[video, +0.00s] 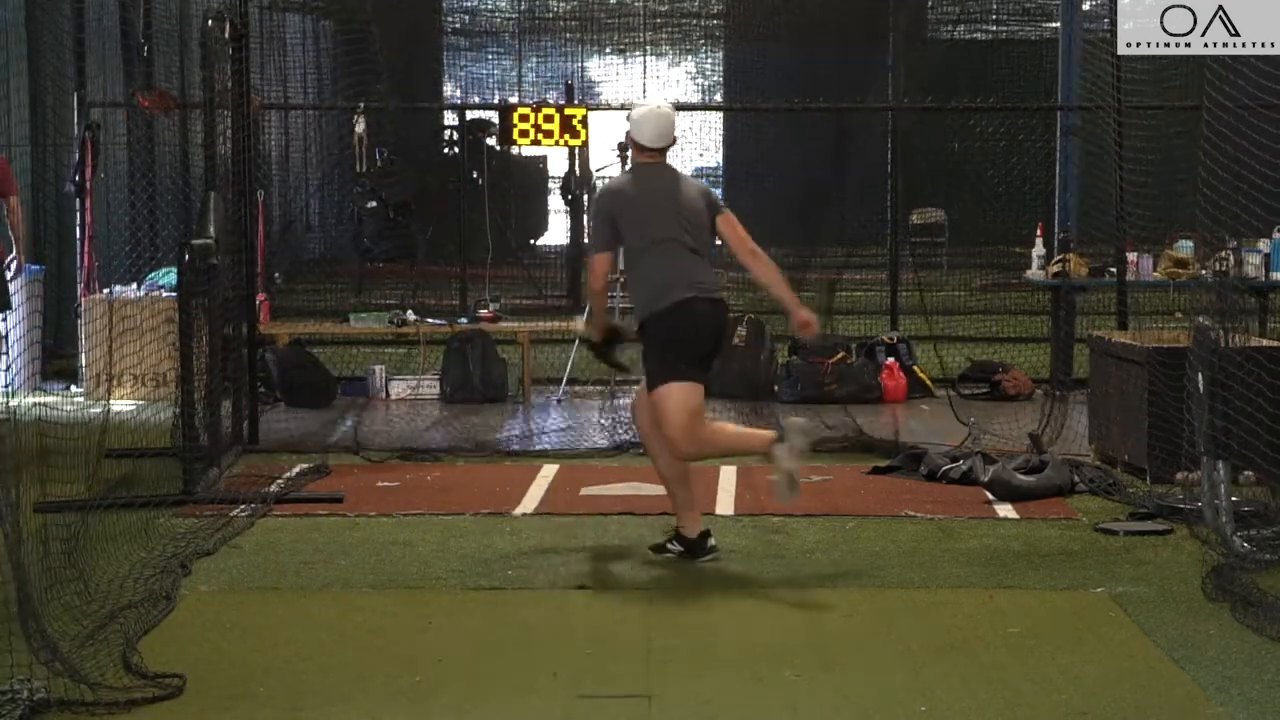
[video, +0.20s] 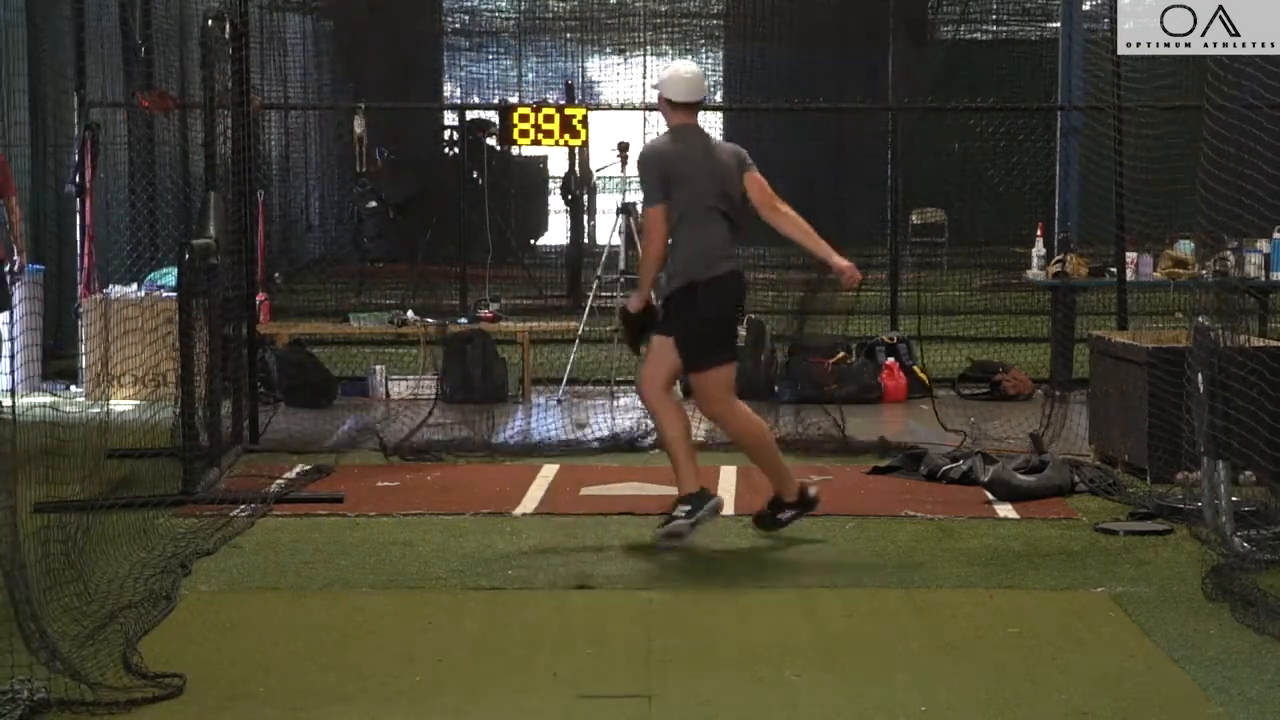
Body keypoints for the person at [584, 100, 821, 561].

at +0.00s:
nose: (628, 143)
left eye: (628, 137)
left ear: (632, 142)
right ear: (672, 145)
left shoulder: (613, 194)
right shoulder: (696, 191)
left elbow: (599, 274)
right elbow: (748, 250)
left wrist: (600, 324)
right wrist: (794, 306)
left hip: (668, 316)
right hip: (711, 312)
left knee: (685, 439)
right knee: (647, 415)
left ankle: (775, 442)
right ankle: (691, 531)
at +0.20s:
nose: (658, 107)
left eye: (658, 101)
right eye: (664, 101)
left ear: (662, 104)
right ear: (702, 105)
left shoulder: (656, 155)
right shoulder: (731, 154)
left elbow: (656, 236)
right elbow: (774, 209)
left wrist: (641, 295)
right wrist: (833, 258)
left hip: (700, 288)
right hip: (715, 284)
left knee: (715, 400)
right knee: (653, 384)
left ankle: (792, 493)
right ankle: (692, 494)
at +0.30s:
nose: (671, 117)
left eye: (672, 111)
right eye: (677, 110)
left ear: (677, 112)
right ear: (713, 110)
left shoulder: (686, 166)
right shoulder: (739, 161)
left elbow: (671, 245)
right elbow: (772, 227)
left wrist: (618, 274)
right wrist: (813, 278)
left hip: (724, 301)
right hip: (720, 298)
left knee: (724, 403)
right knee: (654, 374)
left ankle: (791, 496)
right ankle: (703, 480)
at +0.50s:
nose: (683, 115)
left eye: (686, 107)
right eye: (684, 107)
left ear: (700, 106)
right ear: (717, 104)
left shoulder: (728, 155)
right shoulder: (721, 149)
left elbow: (715, 232)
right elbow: (707, 215)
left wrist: (643, 257)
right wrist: (664, 230)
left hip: (738, 289)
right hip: (714, 284)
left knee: (737, 390)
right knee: (679, 363)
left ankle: (793, 496)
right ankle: (707, 450)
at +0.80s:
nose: (684, 126)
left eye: (686, 118)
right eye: (683, 119)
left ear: (702, 115)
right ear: (709, 115)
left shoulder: (733, 161)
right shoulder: (711, 161)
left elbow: (731, 238)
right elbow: (711, 239)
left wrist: (676, 279)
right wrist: (674, 288)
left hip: (734, 294)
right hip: (700, 292)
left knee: (734, 386)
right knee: (687, 381)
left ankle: (808, 452)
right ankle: (717, 476)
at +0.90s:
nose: (692, 115)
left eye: (694, 107)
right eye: (691, 108)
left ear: (713, 102)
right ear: (719, 102)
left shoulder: (736, 146)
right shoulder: (732, 142)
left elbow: (730, 221)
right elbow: (764, 208)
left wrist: (681, 266)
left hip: (739, 278)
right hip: (708, 276)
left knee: (738, 370)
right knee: (691, 359)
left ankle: (786, 443)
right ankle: (708, 470)